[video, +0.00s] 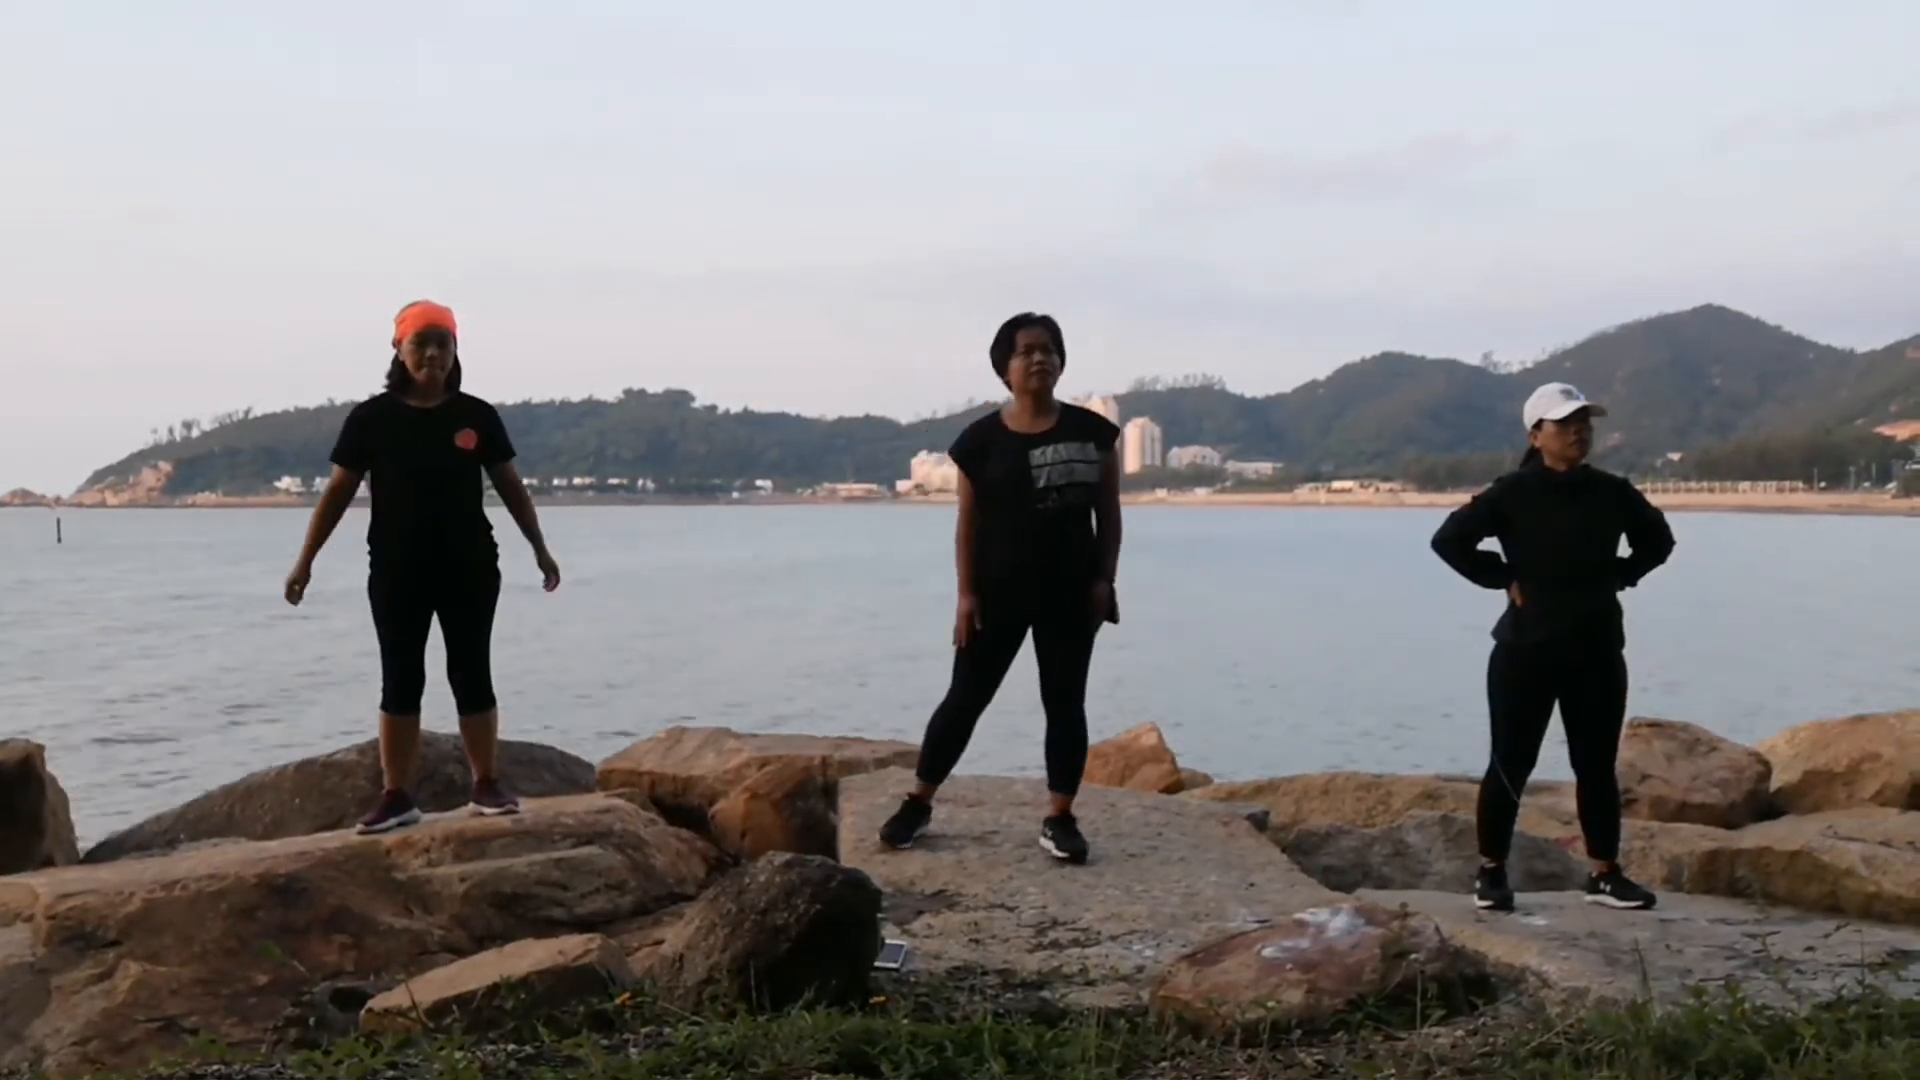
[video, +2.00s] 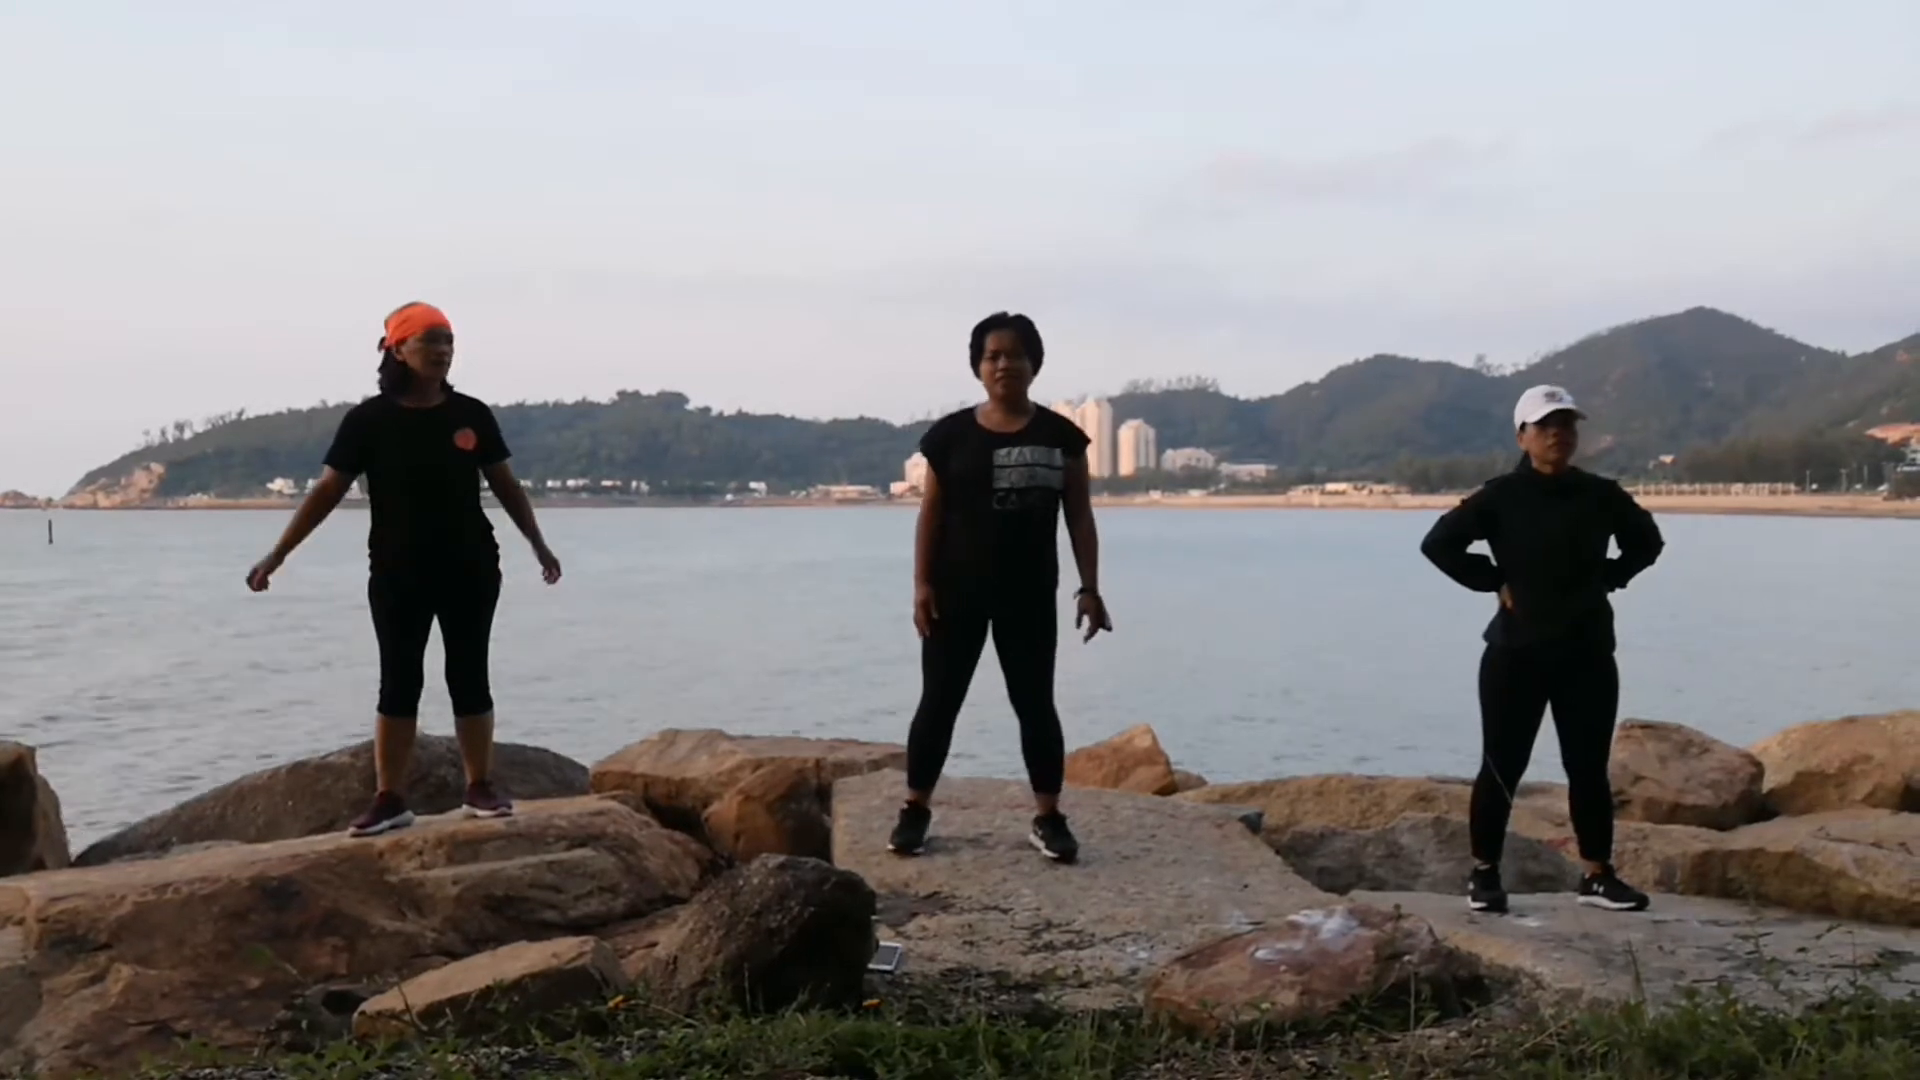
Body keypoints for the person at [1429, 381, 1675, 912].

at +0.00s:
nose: (1581, 432)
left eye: (1584, 423)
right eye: (1568, 424)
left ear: (1588, 428)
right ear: (1538, 434)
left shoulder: (1612, 492)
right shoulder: (1512, 493)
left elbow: (1659, 540)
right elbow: (1448, 541)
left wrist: (1616, 576)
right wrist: (1504, 577)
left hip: (1595, 650)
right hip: (1527, 650)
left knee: (1598, 768)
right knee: (1510, 765)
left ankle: (1606, 873)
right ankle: (1492, 873)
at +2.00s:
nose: (1560, 435)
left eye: (1567, 426)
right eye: (1548, 426)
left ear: (1576, 433)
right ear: (1523, 435)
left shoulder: (1600, 494)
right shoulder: (1501, 496)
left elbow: (1648, 541)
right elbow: (1438, 545)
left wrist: (1607, 577)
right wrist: (1496, 581)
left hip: (1586, 652)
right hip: (1517, 652)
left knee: (1590, 770)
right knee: (1502, 767)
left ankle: (1598, 875)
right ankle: (1485, 874)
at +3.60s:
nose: (1493, 442)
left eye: (1502, 432)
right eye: (1482, 433)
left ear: (1512, 436)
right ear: (1459, 437)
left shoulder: (1532, 489)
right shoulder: (1437, 502)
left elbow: (1574, 524)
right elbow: (1380, 561)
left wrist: (1542, 565)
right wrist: (1441, 591)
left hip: (1536, 642)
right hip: (1471, 648)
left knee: (1575, 749)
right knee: (1474, 765)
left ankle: (1555, 836)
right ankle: (1476, 873)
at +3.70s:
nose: (1496, 447)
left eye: (1502, 438)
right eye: (1485, 438)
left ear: (1510, 439)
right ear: (1456, 438)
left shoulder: (1528, 488)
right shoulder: (1432, 502)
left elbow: (1572, 525)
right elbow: (1375, 562)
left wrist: (1541, 564)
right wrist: (1437, 591)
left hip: (1534, 639)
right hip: (1470, 647)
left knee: (1577, 746)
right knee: (1473, 765)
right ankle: (1476, 875)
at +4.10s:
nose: (1515, 457)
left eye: (1519, 447)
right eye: (1505, 446)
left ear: (1521, 444)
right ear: (1474, 442)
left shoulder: (1536, 489)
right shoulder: (1447, 501)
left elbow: (1567, 525)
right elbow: (1388, 567)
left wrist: (1536, 570)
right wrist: (1450, 594)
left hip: (1541, 636)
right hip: (1479, 642)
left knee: (1570, 743)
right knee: (1476, 765)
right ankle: (1473, 874)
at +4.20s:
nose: (1532, 461)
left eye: (1536, 451)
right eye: (1523, 451)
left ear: (1540, 446)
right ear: (1491, 444)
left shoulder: (1549, 493)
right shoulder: (1461, 500)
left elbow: (1566, 537)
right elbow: (1403, 568)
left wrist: (1533, 581)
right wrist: (1462, 595)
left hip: (1547, 642)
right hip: (1486, 648)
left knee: (1577, 751)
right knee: (1480, 765)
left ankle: (1590, 853)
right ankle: (1474, 875)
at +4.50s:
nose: (1603, 471)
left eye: (1610, 461)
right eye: (1594, 460)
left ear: (1618, 451)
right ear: (1566, 446)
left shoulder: (1621, 496)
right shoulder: (1527, 498)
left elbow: (1644, 545)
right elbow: (1459, 547)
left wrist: (1605, 581)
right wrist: (1512, 585)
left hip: (1604, 649)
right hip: (1536, 650)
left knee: (1627, 767)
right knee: (1513, 766)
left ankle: (1645, 880)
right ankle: (1478, 875)